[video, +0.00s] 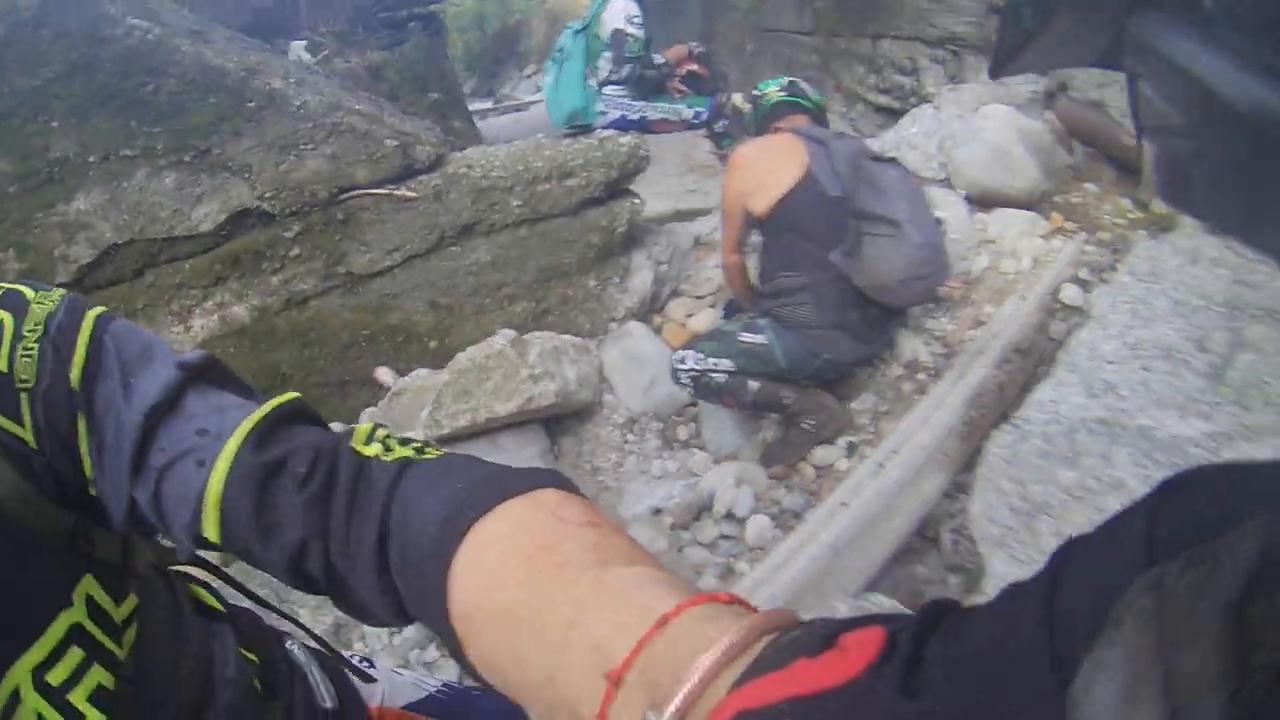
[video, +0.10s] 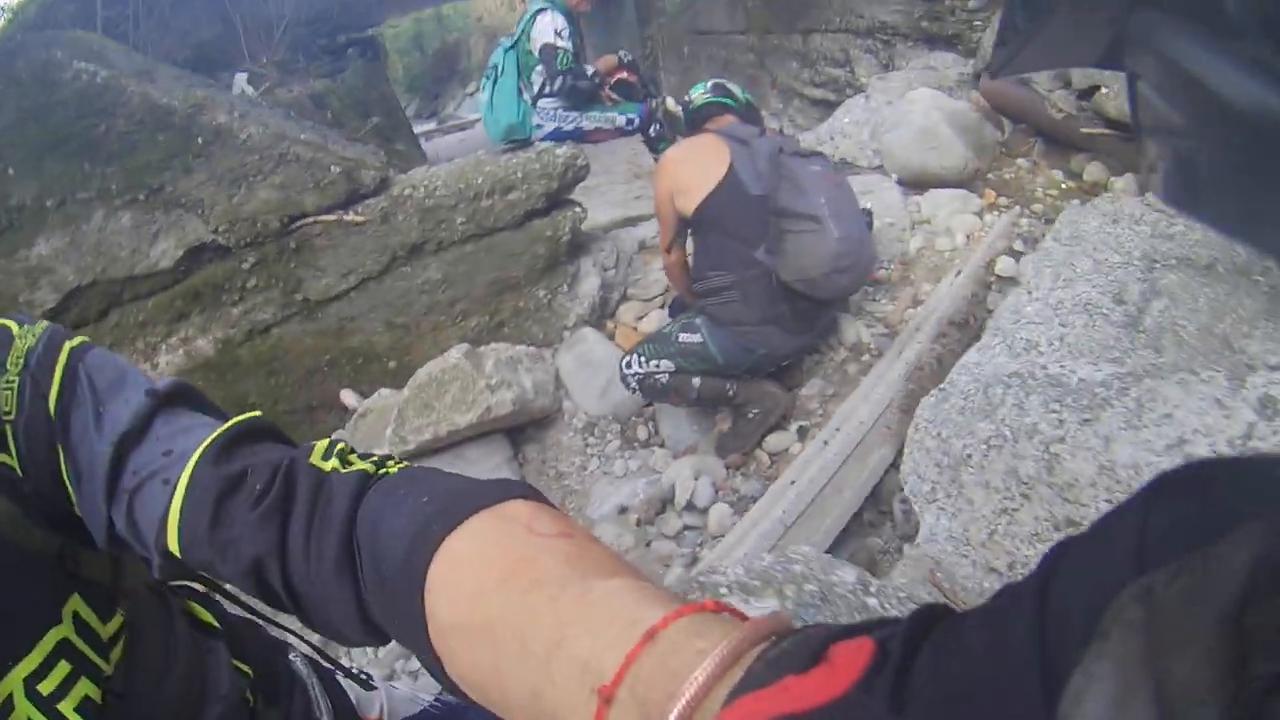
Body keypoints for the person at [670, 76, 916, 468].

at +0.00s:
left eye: (750, 121)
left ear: (763, 122)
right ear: (817, 117)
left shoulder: (750, 157)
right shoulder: (848, 149)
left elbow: (730, 259)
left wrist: (755, 309)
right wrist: (927, 280)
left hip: (820, 336)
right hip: (878, 320)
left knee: (687, 364)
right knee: (736, 312)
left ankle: (813, 414)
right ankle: (832, 377)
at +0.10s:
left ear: (690, 124)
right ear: (750, 117)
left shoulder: (677, 160)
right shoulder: (778, 144)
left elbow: (673, 256)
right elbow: (822, 221)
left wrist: (696, 305)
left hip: (752, 329)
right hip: (815, 307)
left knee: (637, 368)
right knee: (682, 309)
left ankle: (755, 398)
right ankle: (781, 365)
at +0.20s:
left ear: (705, 159)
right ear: (760, 153)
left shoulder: (688, 196)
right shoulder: (788, 178)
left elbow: (686, 286)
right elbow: (826, 256)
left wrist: (709, 333)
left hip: (763, 364)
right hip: (826, 341)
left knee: (653, 399)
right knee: (701, 340)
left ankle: (766, 423)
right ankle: (798, 394)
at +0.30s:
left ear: (739, 167)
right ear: (796, 161)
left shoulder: (720, 202)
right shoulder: (822, 187)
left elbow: (718, 290)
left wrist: (737, 333)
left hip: (787, 369)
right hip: (856, 351)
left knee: (685, 400)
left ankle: (785, 423)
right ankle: (831, 395)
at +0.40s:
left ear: (761, 185)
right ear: (817, 176)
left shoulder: (743, 219)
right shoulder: (846, 202)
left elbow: (747, 311)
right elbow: (906, 261)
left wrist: (773, 352)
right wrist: (908, 322)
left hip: (814, 384)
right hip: (877, 362)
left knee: (718, 418)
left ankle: (820, 435)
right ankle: (858, 406)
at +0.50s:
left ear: (785, 208)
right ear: (841, 194)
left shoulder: (767, 244)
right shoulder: (883, 222)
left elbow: (777, 336)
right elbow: (943, 277)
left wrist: (809, 368)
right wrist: (942, 340)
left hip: (837, 407)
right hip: (905, 383)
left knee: (749, 443)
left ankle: (847, 453)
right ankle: (893, 422)